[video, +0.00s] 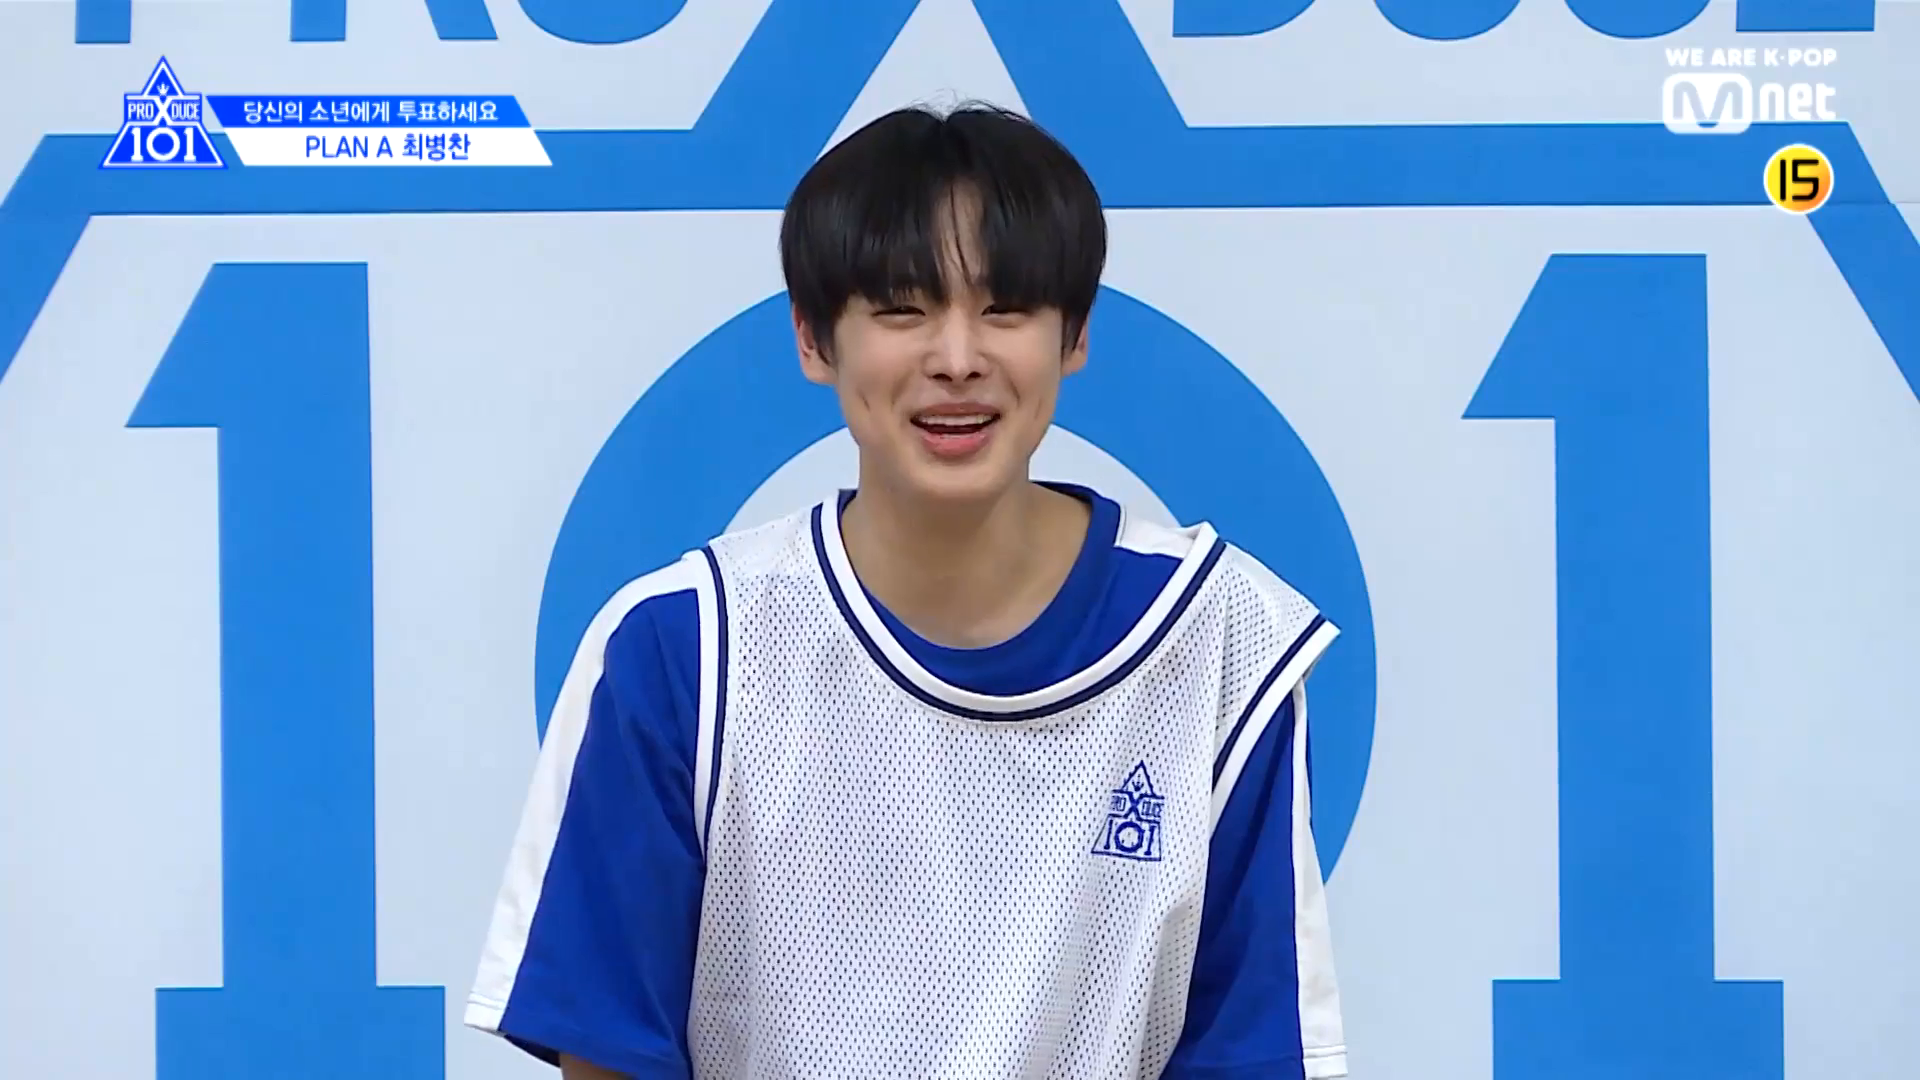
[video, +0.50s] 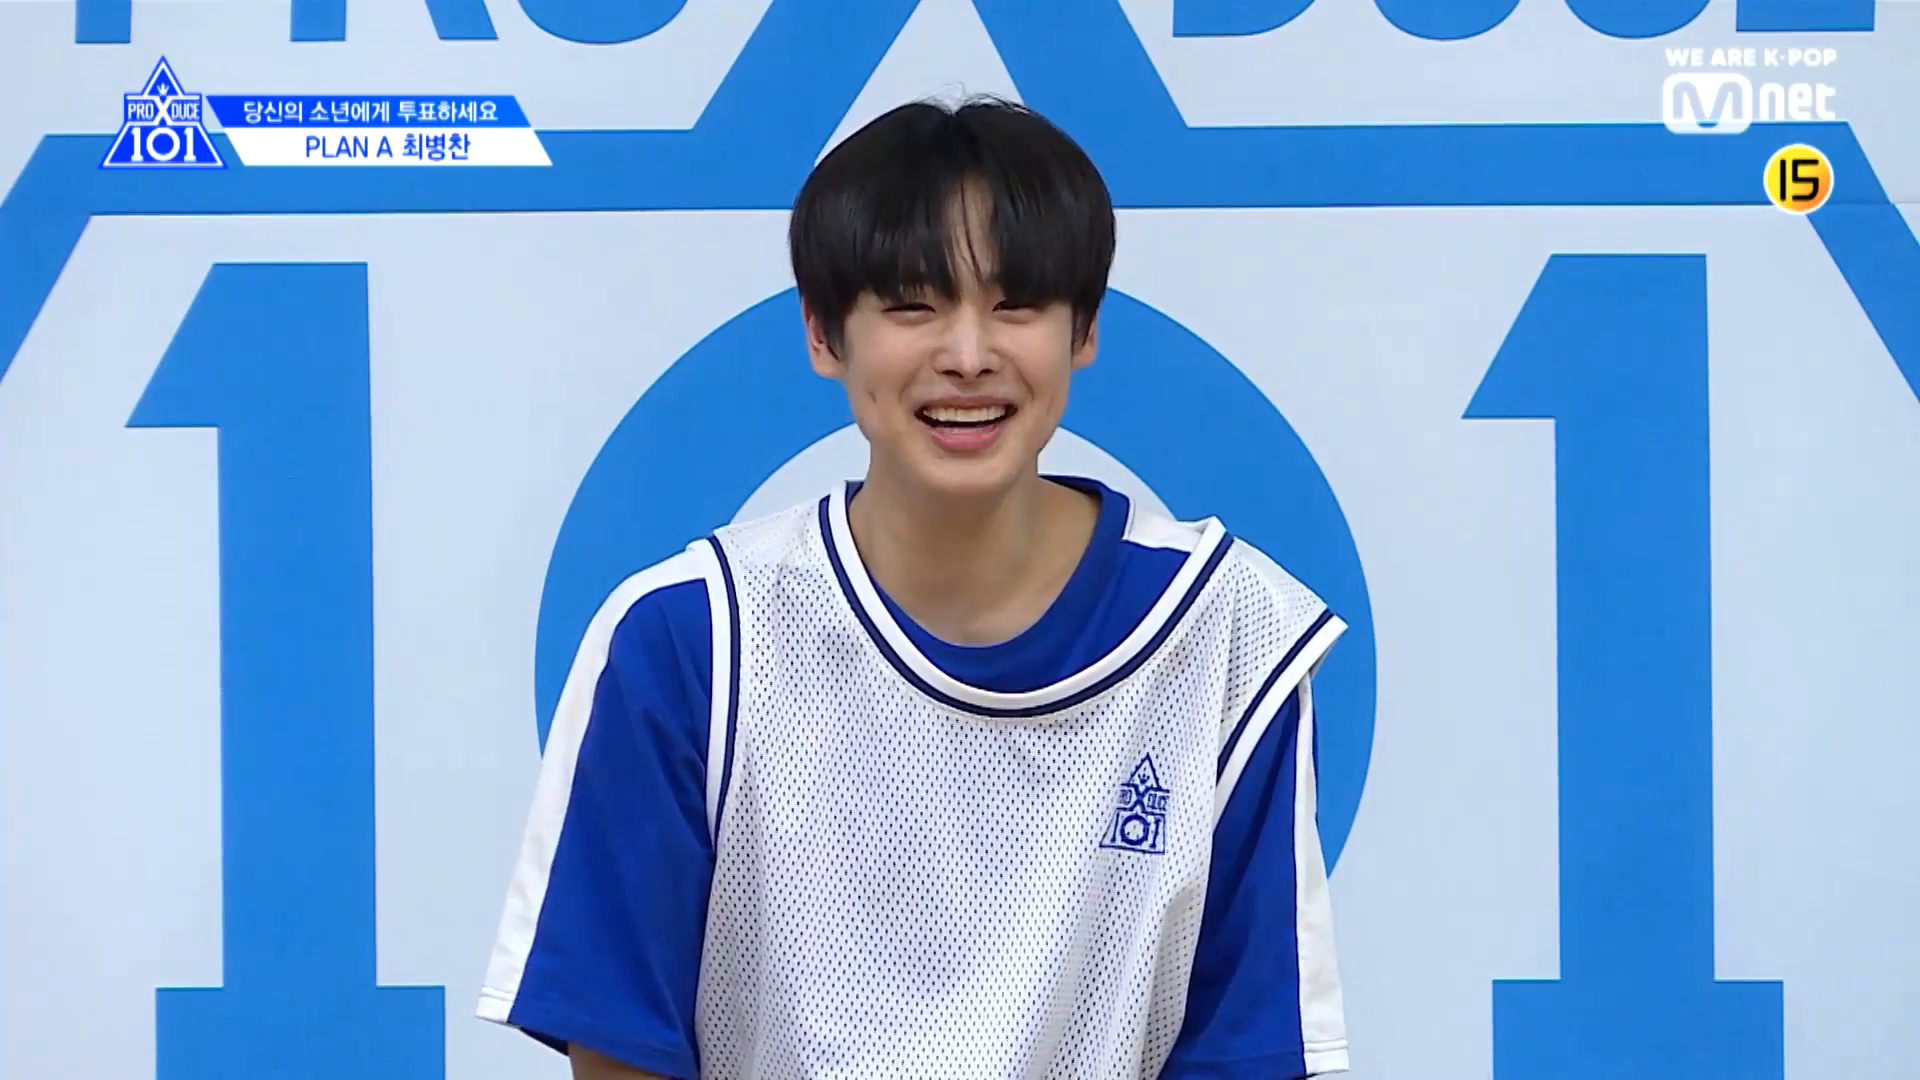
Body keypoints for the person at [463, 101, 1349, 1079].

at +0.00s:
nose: (957, 360)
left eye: (1005, 307)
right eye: (904, 306)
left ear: (1071, 340)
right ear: (819, 342)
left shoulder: (1229, 646)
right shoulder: (673, 653)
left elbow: (1255, 1052)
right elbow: (607, 1050)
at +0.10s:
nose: (960, 357)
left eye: (1007, 305)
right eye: (906, 305)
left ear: (1072, 337)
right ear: (820, 342)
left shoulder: (1228, 643)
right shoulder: (674, 649)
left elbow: (1253, 1054)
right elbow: (612, 1051)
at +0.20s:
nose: (961, 353)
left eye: (1010, 299)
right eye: (905, 298)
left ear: (1073, 333)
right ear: (820, 335)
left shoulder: (1225, 642)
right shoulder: (673, 647)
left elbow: (1248, 1054)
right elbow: (615, 1049)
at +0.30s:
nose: (962, 352)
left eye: (1011, 297)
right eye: (907, 297)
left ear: (1075, 331)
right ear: (822, 335)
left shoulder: (1226, 640)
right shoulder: (676, 641)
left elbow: (1244, 1055)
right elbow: (617, 1050)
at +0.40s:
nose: (965, 356)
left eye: (1014, 302)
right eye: (910, 301)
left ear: (1078, 334)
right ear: (825, 338)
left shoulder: (1232, 639)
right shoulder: (678, 642)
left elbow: (1253, 1051)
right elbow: (616, 1048)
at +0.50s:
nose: (968, 356)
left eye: (1019, 302)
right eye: (914, 302)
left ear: (1081, 338)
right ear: (828, 338)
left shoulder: (1230, 643)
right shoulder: (680, 646)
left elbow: (1252, 1052)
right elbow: (620, 1049)